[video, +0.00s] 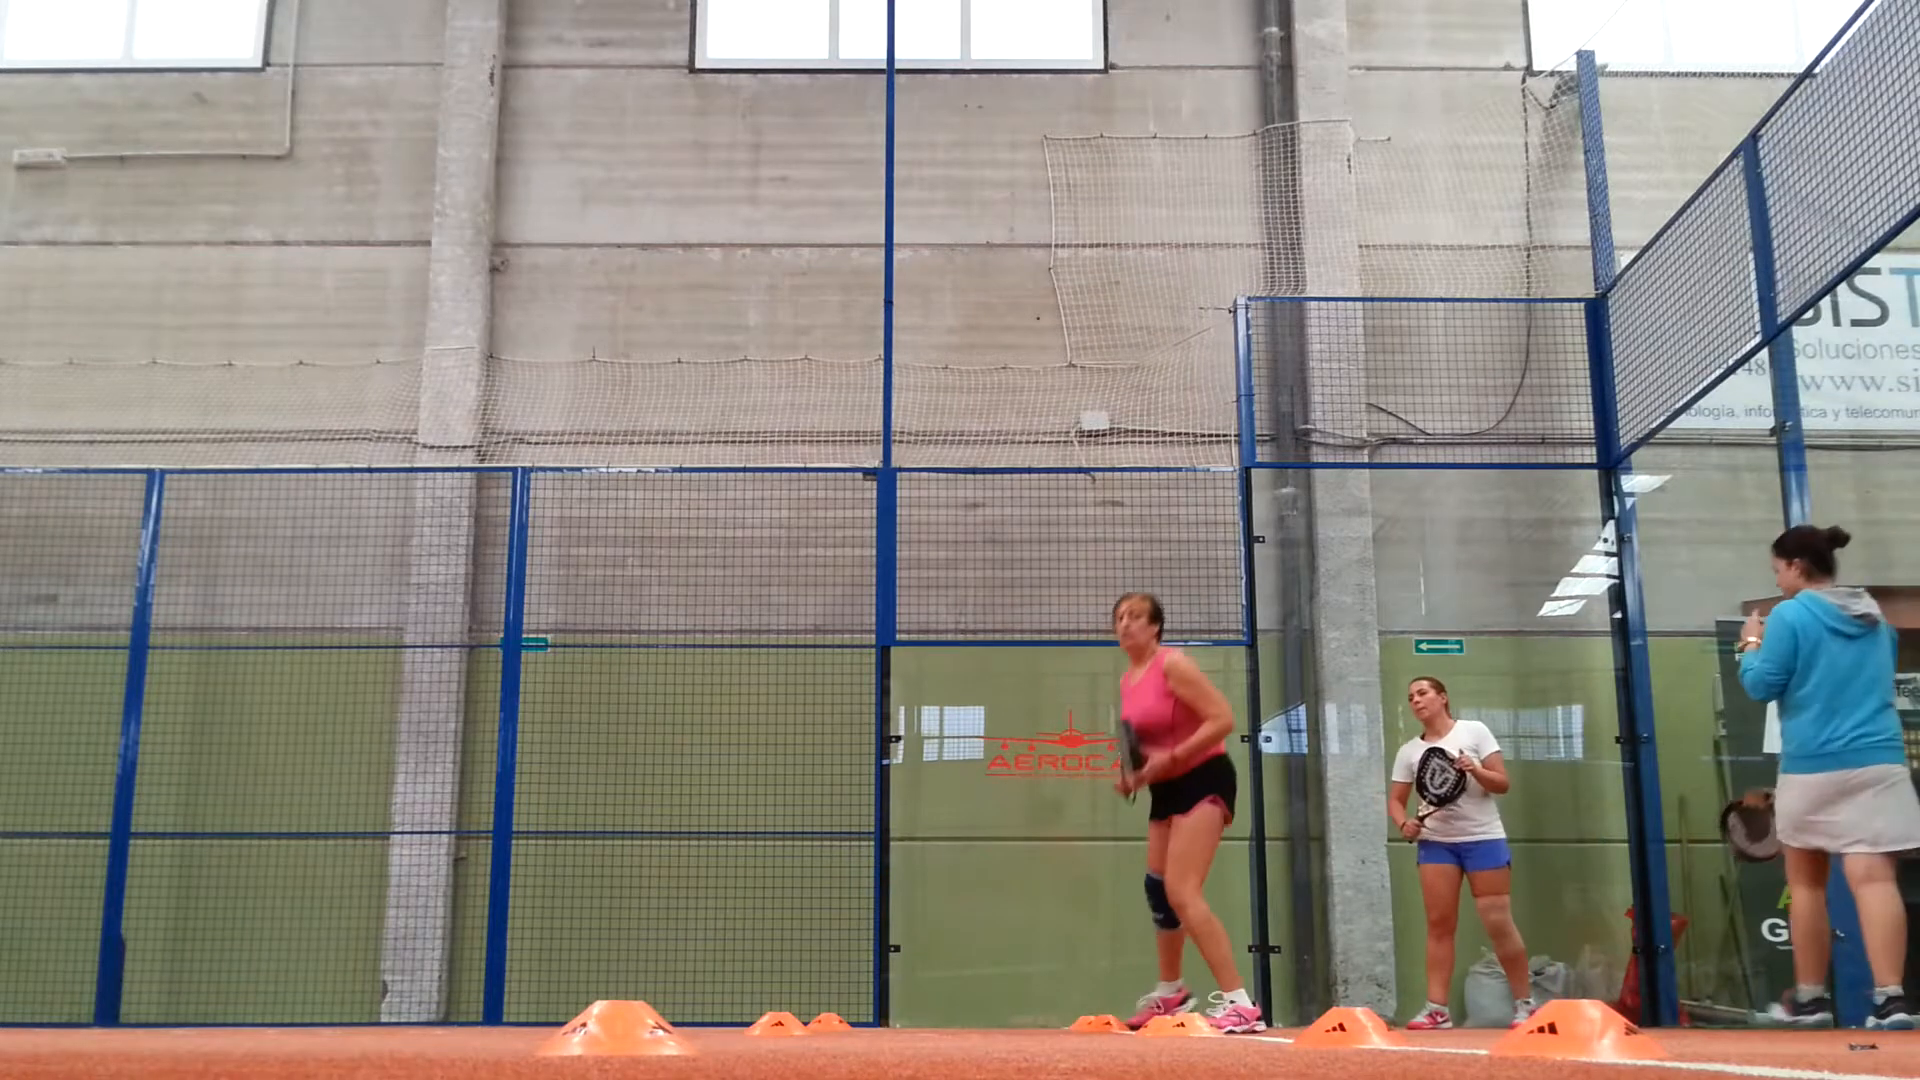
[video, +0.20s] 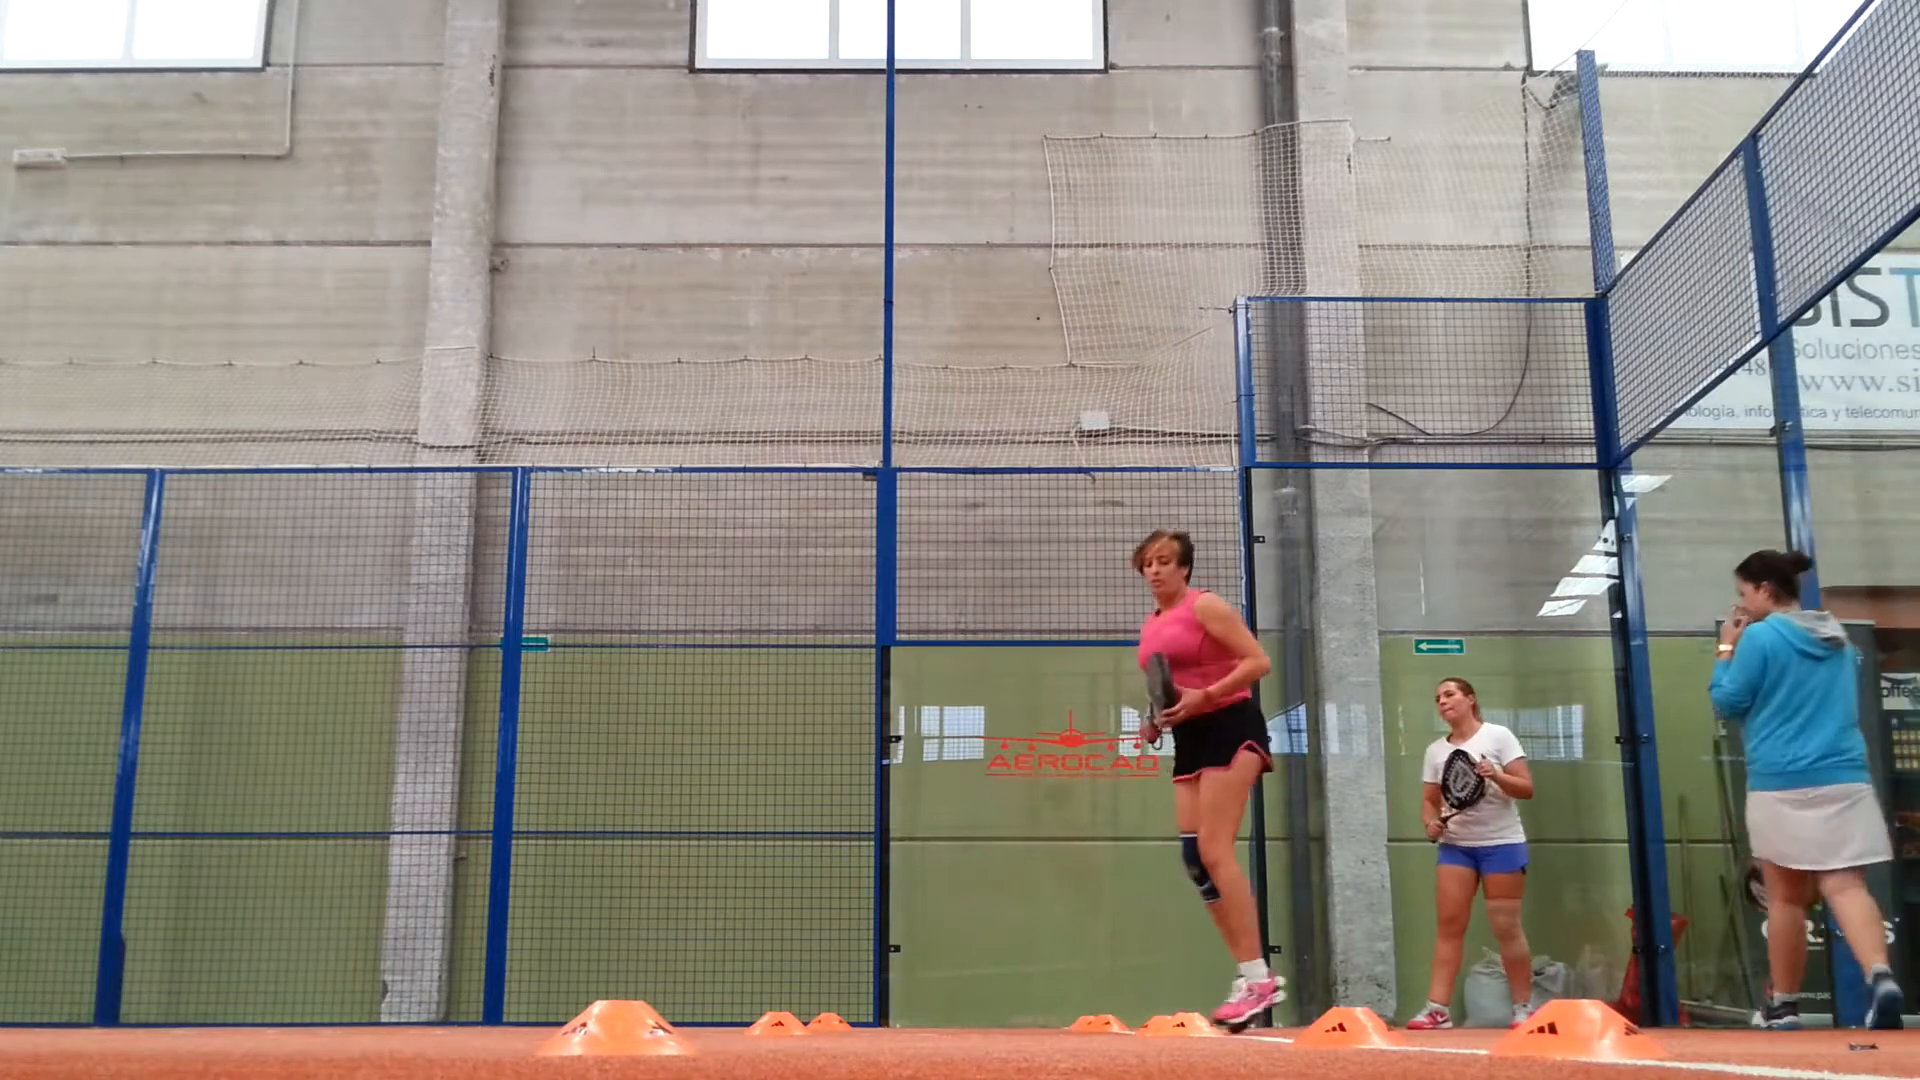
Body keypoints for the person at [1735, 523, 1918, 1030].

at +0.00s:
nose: (1775, 578)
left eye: (1777, 570)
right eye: (1775, 570)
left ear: (1796, 567)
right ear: (1824, 567)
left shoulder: (1790, 614)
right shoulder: (1874, 616)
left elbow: (1761, 685)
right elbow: (1883, 682)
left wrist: (1749, 646)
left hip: (1811, 765)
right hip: (1878, 758)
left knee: (1805, 880)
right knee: (1876, 878)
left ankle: (1809, 998)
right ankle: (1891, 1000)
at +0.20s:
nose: (1740, 602)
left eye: (1742, 593)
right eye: (1739, 593)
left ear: (1764, 590)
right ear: (1789, 588)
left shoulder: (1761, 636)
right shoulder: (1836, 636)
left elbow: (1725, 699)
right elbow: (1839, 705)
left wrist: (1725, 648)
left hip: (1781, 780)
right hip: (1843, 772)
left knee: (1785, 896)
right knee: (1846, 883)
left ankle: (1782, 1005)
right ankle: (1881, 978)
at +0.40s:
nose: (1711, 611)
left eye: (1713, 603)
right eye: (1710, 603)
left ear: (1734, 596)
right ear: (1756, 596)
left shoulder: (1733, 638)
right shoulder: (1811, 645)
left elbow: (1700, 703)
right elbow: (1831, 728)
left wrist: (1699, 652)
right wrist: (1842, 795)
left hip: (1755, 782)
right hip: (1814, 782)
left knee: (1771, 895)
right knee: (1811, 885)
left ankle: (1782, 1006)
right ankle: (1832, 954)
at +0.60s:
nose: (1695, 623)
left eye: (1696, 614)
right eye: (1693, 615)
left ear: (1717, 608)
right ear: (1741, 608)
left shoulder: (1713, 647)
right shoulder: (1793, 657)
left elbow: (1680, 709)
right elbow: (1821, 735)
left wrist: (1683, 663)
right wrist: (1843, 795)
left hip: (1740, 784)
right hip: (1793, 786)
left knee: (1764, 894)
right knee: (1772, 893)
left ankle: (1782, 1004)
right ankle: (1775, 1001)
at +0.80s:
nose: (1685, 638)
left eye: (1686, 630)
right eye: (1683, 631)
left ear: (1706, 624)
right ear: (1729, 624)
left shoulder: (1702, 663)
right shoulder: (1779, 672)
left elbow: (1670, 723)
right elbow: (1804, 746)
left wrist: (1674, 678)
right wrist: (1827, 803)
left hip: (1725, 793)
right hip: (1777, 796)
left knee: (1746, 896)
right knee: (1753, 900)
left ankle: (1779, 993)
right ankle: (1751, 1004)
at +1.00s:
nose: (1675, 645)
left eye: (1677, 637)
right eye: (1674, 638)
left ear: (1697, 632)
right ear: (1715, 633)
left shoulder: (1692, 670)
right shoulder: (1764, 674)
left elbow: (1661, 727)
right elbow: (1785, 749)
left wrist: (1664, 682)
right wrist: (1796, 812)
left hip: (1709, 805)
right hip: (1767, 802)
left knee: (1696, 901)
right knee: (1751, 902)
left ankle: (1737, 957)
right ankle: (1752, 1009)